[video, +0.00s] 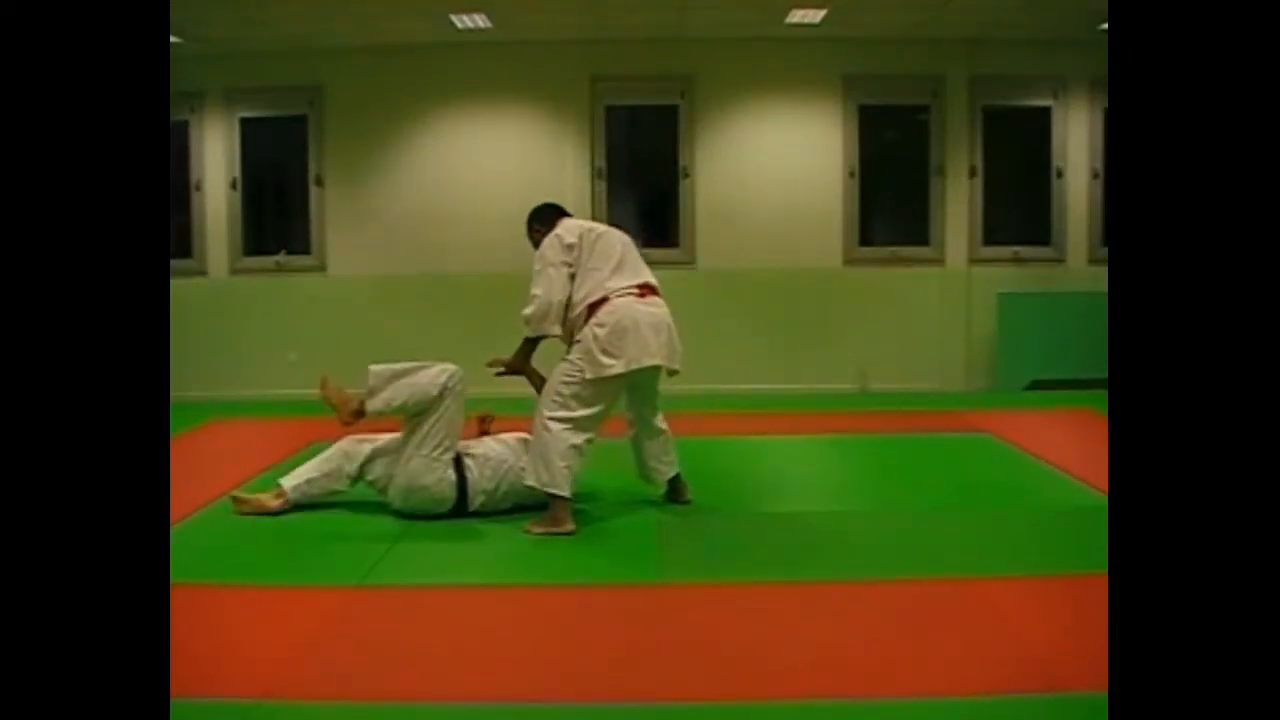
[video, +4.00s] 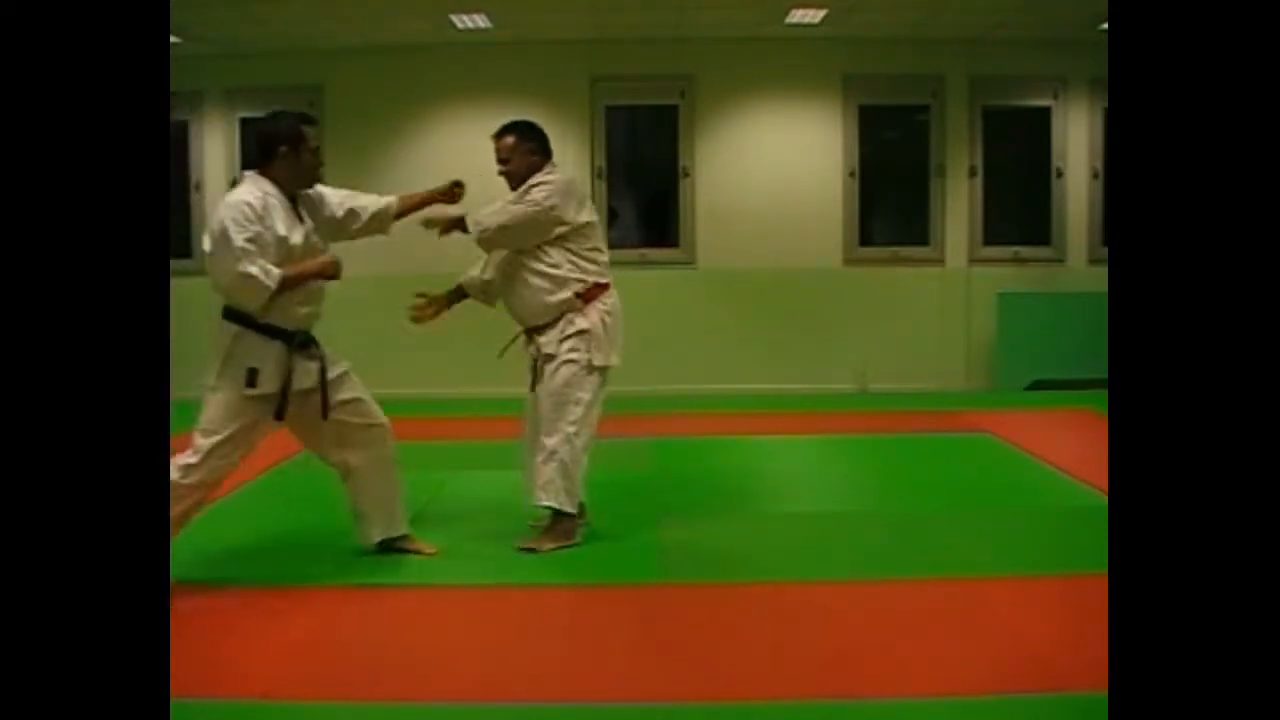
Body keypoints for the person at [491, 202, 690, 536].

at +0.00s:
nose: (537, 248)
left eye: (536, 241)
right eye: (535, 243)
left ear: (540, 229)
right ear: (565, 218)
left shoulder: (556, 239)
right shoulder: (609, 236)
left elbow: (548, 302)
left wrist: (521, 357)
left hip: (612, 324)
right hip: (657, 317)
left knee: (557, 412)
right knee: (646, 411)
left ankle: (559, 512)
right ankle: (676, 484)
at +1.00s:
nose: (516, 195)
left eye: (519, 184)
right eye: (513, 186)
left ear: (541, 175)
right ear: (549, 175)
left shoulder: (560, 210)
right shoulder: (581, 197)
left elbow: (573, 280)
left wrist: (560, 343)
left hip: (603, 321)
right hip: (632, 310)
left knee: (560, 411)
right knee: (630, 404)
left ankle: (567, 509)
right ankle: (666, 473)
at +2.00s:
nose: (465, 170)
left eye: (471, 160)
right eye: (460, 162)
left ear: (497, 154)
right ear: (462, 162)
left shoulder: (530, 192)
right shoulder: (486, 201)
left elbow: (550, 257)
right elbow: (478, 270)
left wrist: (541, 317)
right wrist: (459, 323)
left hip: (543, 318)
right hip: (510, 322)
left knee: (530, 404)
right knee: (510, 409)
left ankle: (553, 496)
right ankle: (524, 496)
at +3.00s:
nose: (460, 166)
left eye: (465, 155)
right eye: (459, 156)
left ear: (493, 149)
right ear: (492, 151)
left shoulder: (521, 193)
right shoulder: (508, 190)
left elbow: (540, 273)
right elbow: (513, 271)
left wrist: (528, 335)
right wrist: (497, 324)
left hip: (554, 326)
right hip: (542, 324)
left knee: (549, 422)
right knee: (547, 420)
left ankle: (563, 520)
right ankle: (559, 511)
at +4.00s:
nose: (500, 168)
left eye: (507, 159)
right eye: (498, 160)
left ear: (535, 154)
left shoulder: (557, 187)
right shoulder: (526, 202)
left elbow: (504, 225)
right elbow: (498, 273)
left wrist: (459, 221)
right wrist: (448, 297)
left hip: (581, 320)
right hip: (552, 325)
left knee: (562, 418)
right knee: (546, 419)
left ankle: (565, 519)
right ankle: (563, 511)